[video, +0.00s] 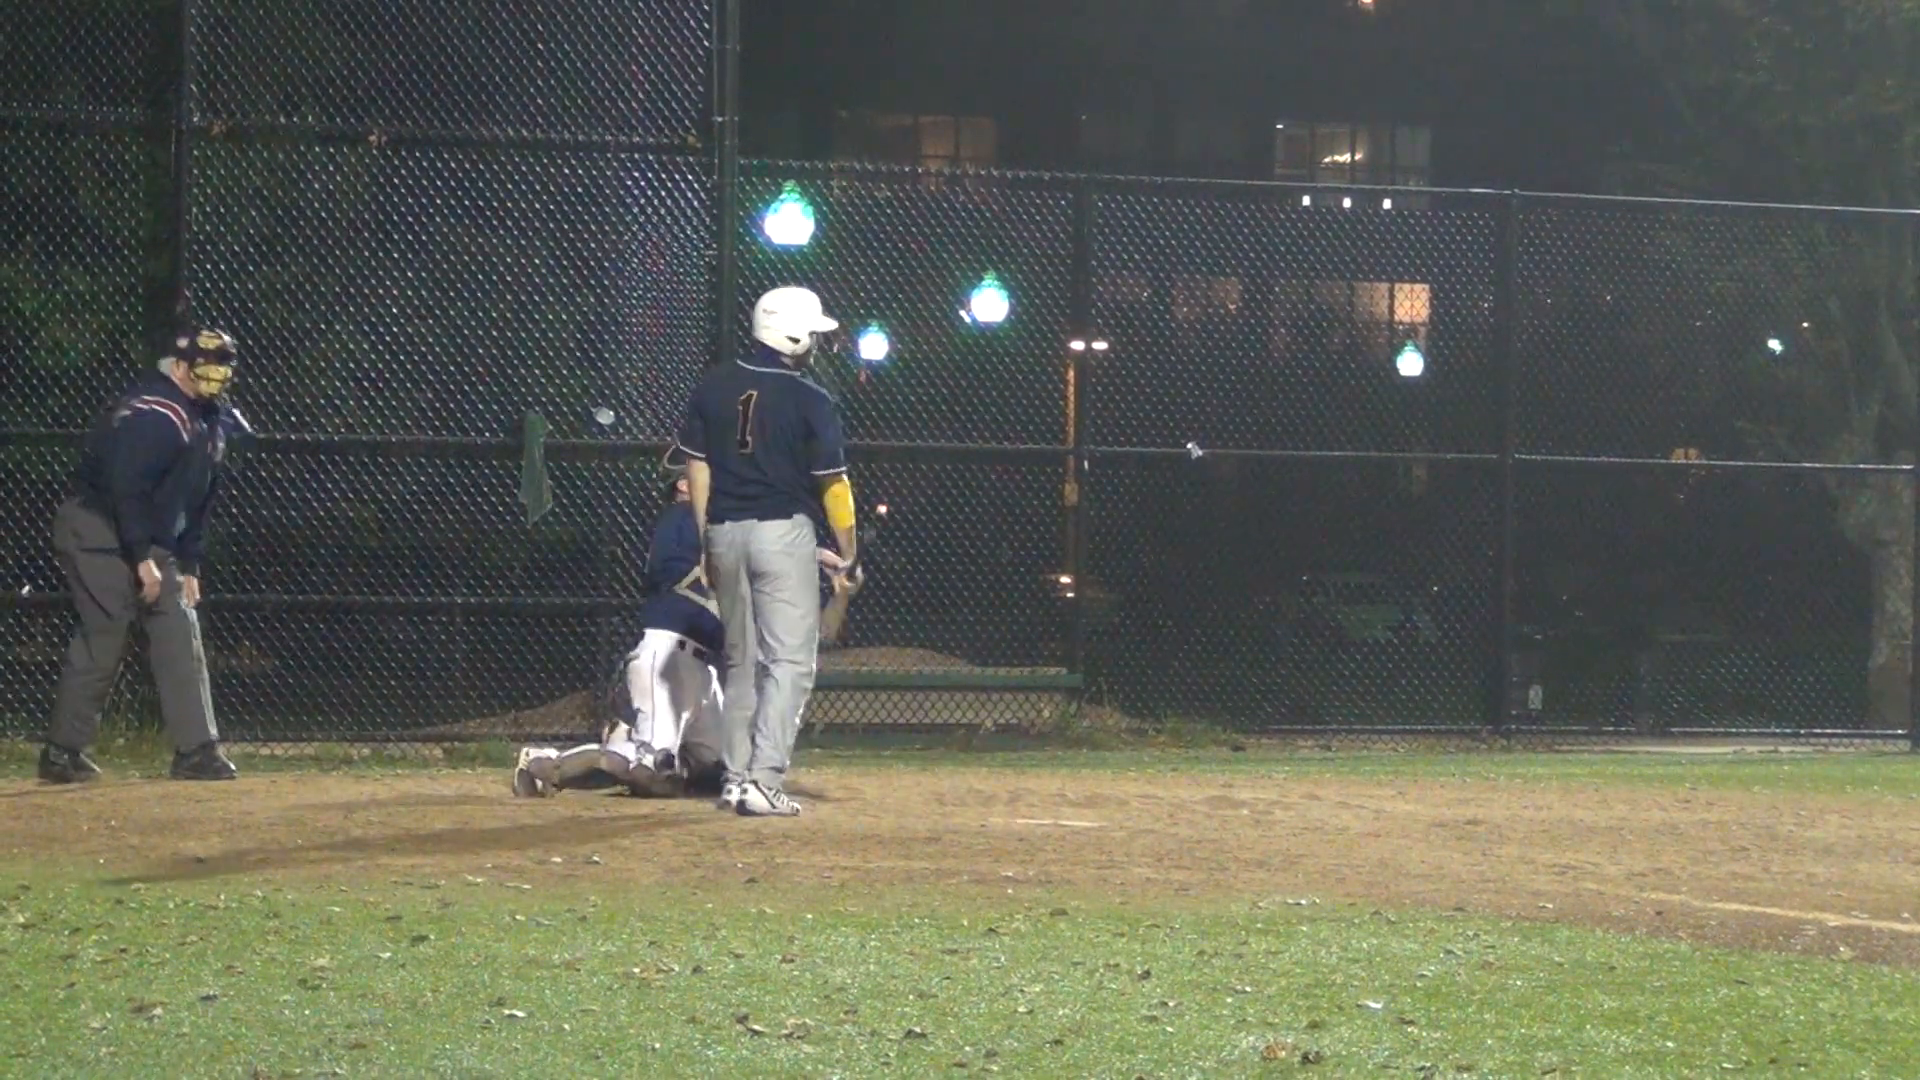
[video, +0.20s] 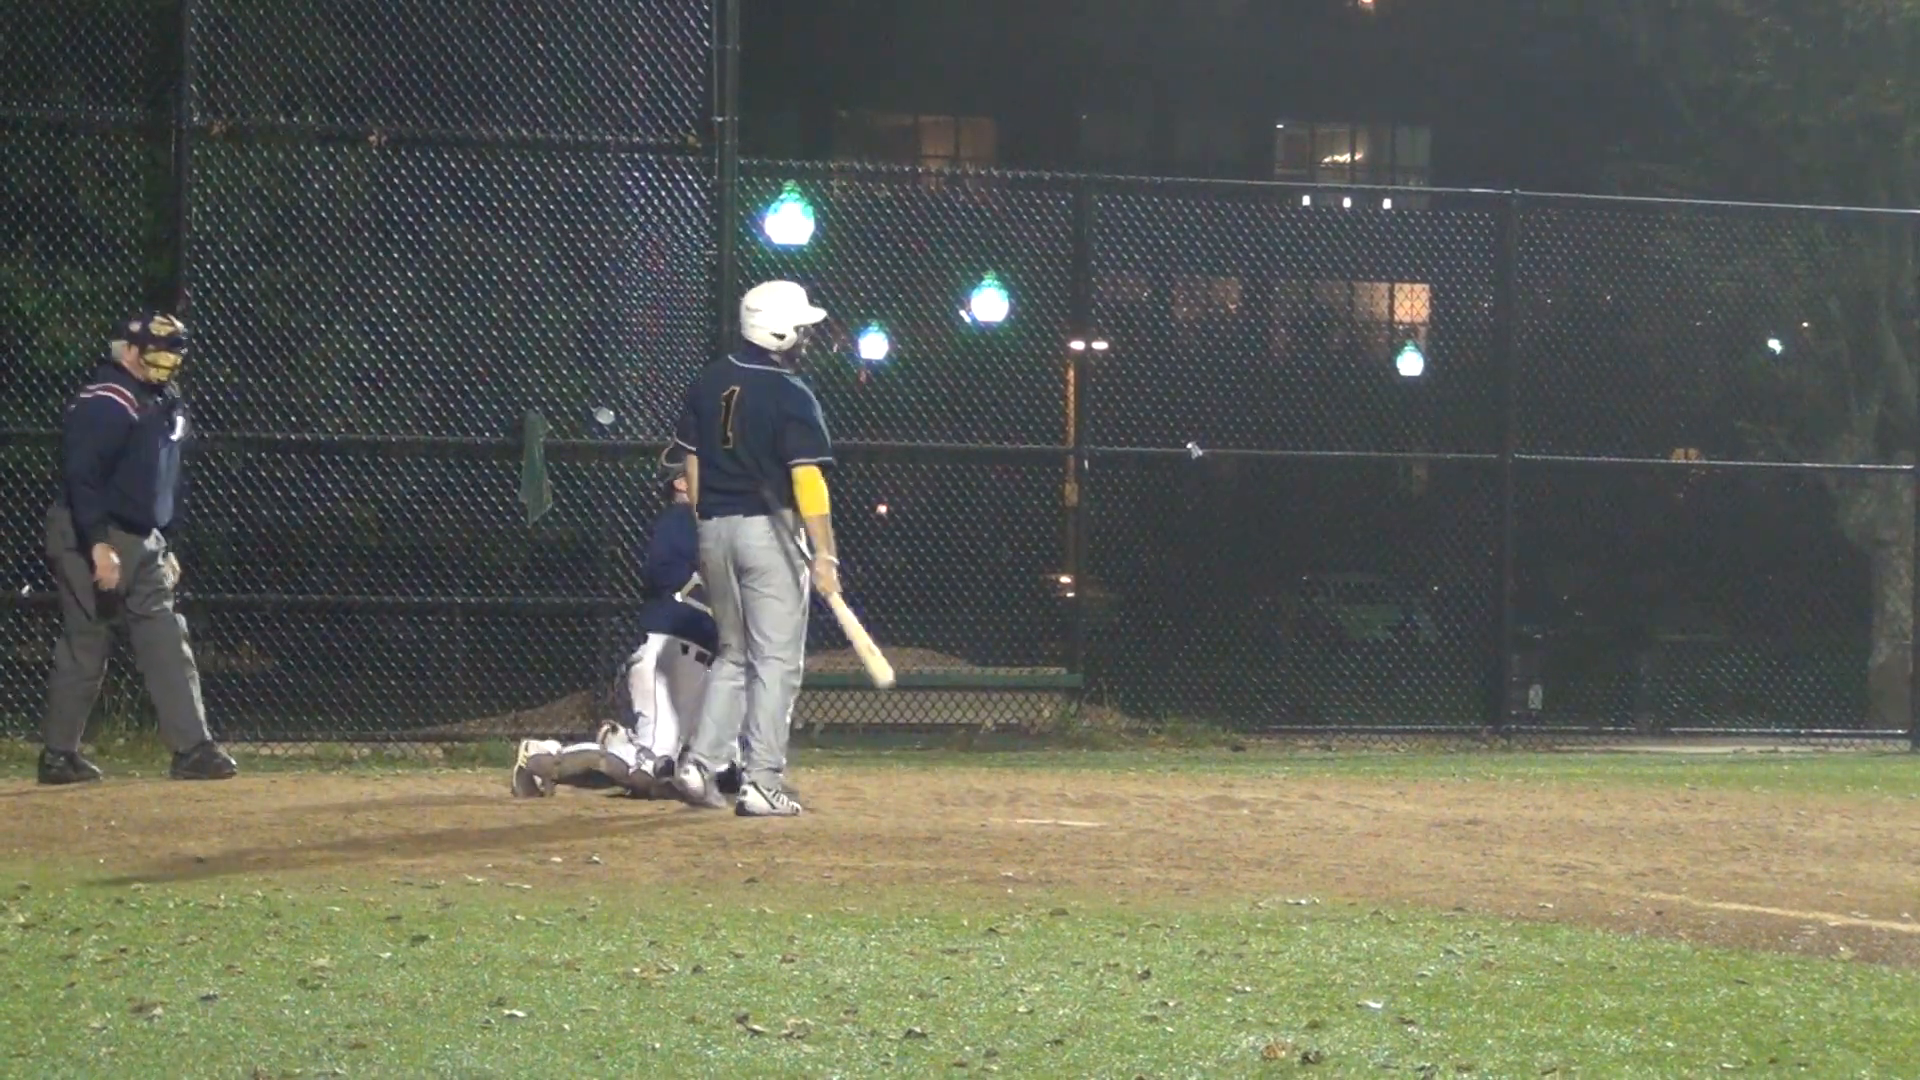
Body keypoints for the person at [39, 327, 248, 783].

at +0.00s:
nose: (217, 377)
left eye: (222, 369)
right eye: (207, 368)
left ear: (227, 372)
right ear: (181, 366)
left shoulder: (210, 422)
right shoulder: (154, 415)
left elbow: (200, 503)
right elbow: (125, 488)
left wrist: (188, 565)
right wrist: (141, 555)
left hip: (147, 530)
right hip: (92, 523)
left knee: (177, 620)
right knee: (107, 627)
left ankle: (196, 748)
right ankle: (62, 749)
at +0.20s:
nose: (164, 363)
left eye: (170, 355)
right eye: (155, 354)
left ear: (177, 357)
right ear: (130, 350)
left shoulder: (160, 402)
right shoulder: (107, 399)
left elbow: (153, 483)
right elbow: (82, 475)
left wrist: (161, 546)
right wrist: (98, 542)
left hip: (139, 536)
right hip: (87, 533)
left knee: (164, 637)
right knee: (86, 643)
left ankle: (192, 747)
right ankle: (59, 754)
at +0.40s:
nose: (135, 355)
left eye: (140, 347)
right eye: (126, 346)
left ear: (144, 349)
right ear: (99, 344)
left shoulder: (139, 394)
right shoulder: (71, 392)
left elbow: (134, 461)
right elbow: (47, 464)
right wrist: (53, 526)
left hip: (126, 532)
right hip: (81, 530)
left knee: (154, 626)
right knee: (69, 640)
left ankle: (170, 743)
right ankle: (57, 754)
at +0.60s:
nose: (117, 354)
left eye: (123, 347)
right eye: (109, 344)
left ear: (127, 349)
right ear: (81, 341)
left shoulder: (121, 391)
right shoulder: (56, 386)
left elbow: (112, 462)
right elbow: (20, 459)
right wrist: (12, 527)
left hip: (114, 530)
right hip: (66, 526)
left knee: (134, 629)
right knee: (61, 636)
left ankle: (97, 742)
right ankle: (55, 751)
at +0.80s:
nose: (107, 349)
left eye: (114, 341)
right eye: (97, 340)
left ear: (120, 345)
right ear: (72, 338)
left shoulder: (119, 393)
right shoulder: (52, 384)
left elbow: (115, 471)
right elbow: (13, 459)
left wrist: (121, 537)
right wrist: (5, 528)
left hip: (103, 529)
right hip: (61, 522)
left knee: (92, 639)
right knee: (59, 635)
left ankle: (70, 748)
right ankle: (52, 753)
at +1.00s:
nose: (106, 348)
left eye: (112, 339)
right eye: (97, 338)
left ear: (119, 343)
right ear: (73, 338)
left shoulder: (114, 389)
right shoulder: (53, 384)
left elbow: (111, 466)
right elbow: (18, 458)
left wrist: (126, 527)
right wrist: (25, 523)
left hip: (100, 525)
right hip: (63, 520)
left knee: (86, 634)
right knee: (58, 632)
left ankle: (70, 745)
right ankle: (51, 752)